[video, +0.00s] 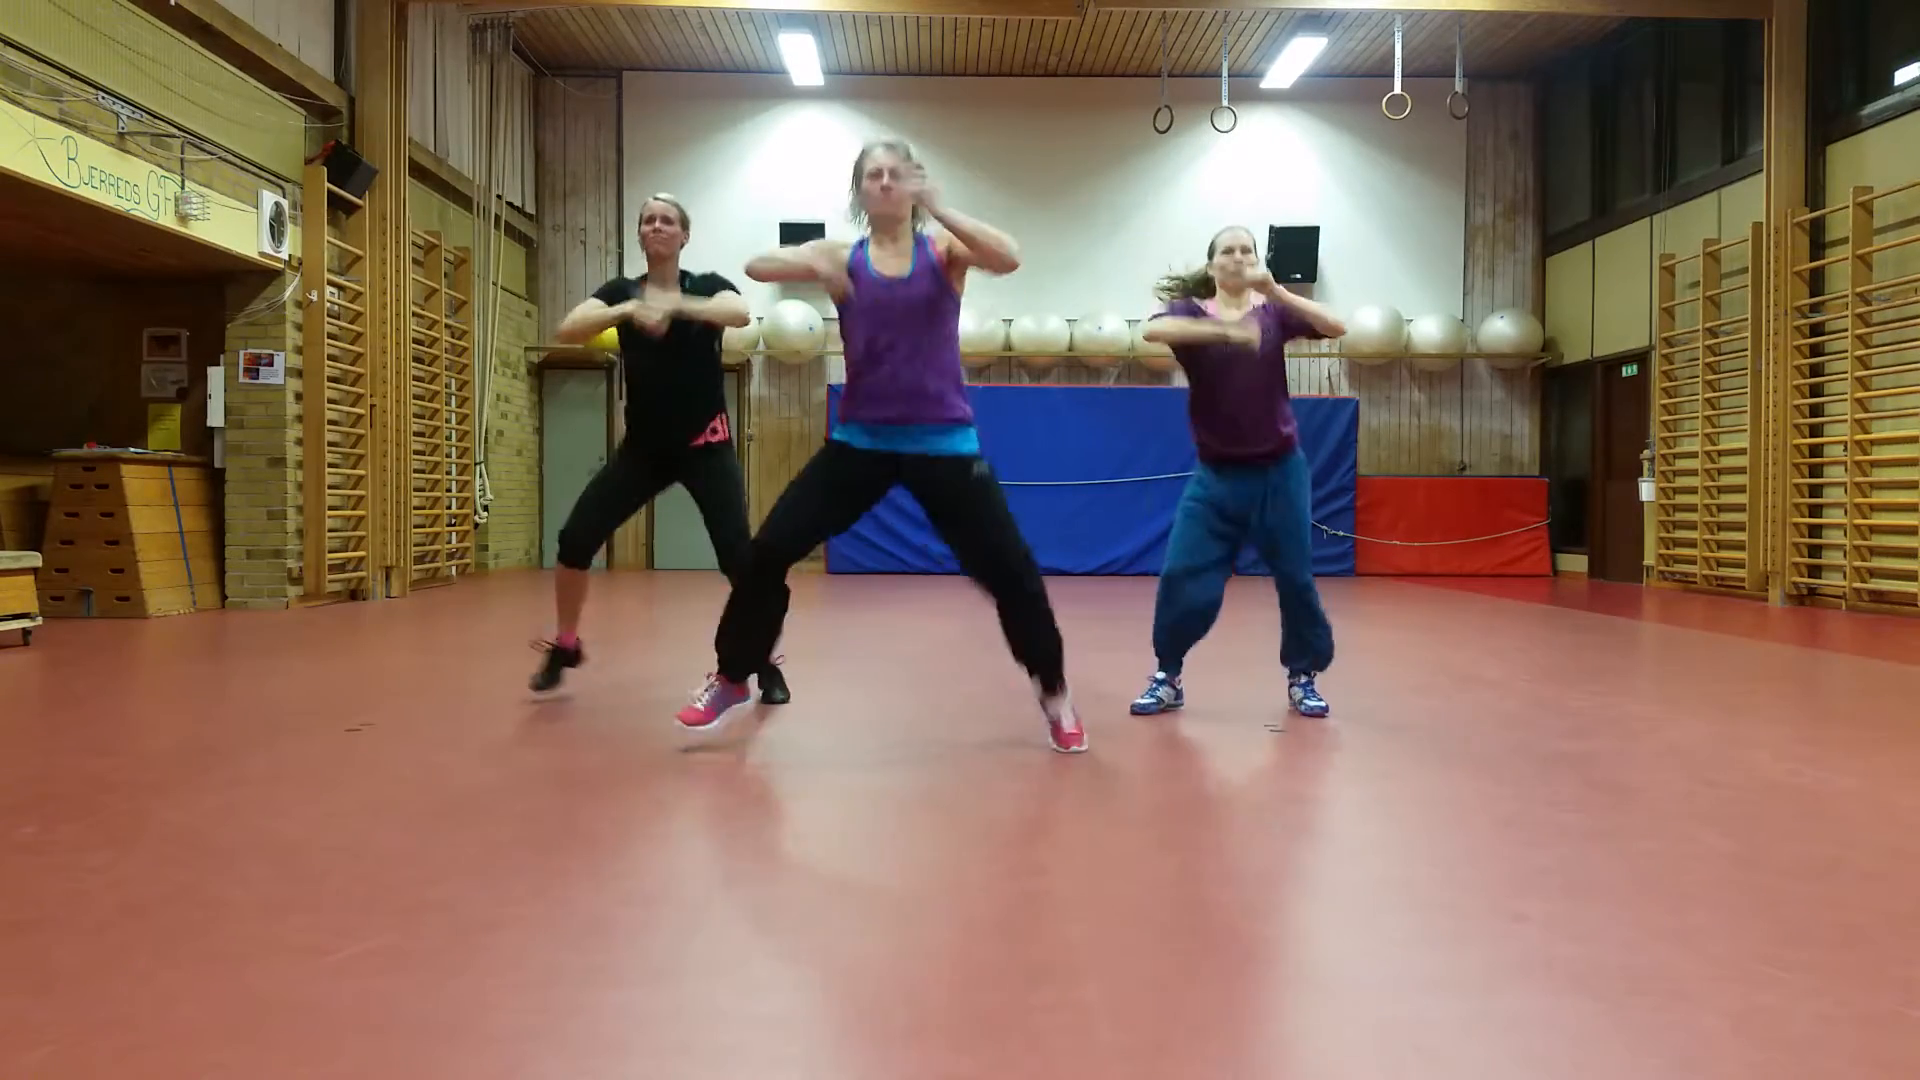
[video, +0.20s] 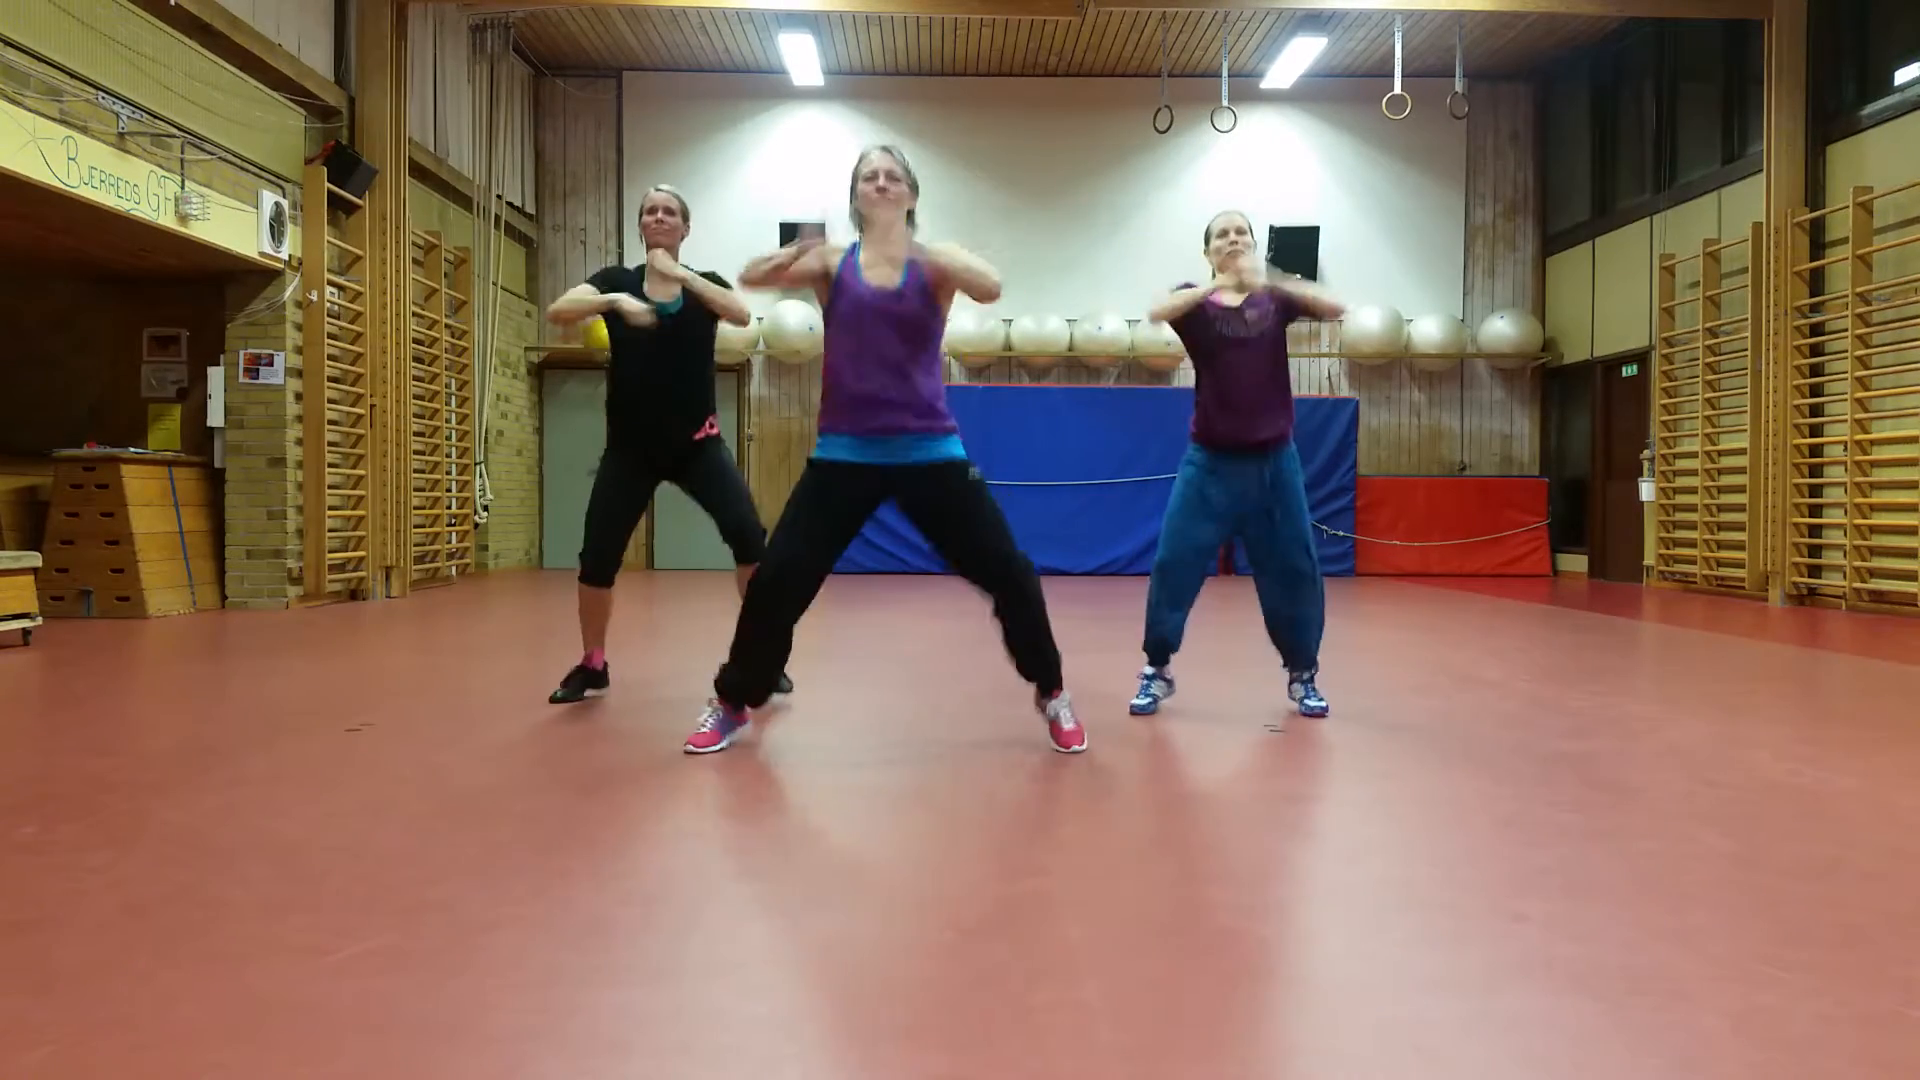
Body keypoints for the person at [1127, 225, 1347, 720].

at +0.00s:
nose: (1239, 258)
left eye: (1247, 251)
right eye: (1228, 251)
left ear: (1259, 263)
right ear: (1211, 263)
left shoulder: (1274, 312)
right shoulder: (1191, 311)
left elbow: (1335, 327)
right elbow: (1154, 331)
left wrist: (1279, 291)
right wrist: (1223, 328)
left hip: (1280, 465)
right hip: (1216, 468)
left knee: (1295, 576)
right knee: (1179, 571)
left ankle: (1303, 678)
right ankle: (1167, 679)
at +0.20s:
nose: (1234, 241)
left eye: (1242, 234)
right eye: (1223, 235)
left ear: (1255, 247)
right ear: (1208, 250)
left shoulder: (1277, 298)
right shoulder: (1193, 300)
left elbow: (1336, 309)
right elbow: (1157, 314)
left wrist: (1274, 282)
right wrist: (1210, 290)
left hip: (1274, 458)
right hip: (1209, 459)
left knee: (1295, 564)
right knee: (1173, 559)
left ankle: (1303, 677)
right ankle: (1156, 671)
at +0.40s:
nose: (1233, 242)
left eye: (1242, 235)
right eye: (1223, 237)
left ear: (1255, 250)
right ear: (1207, 252)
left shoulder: (1278, 302)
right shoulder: (1188, 304)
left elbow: (1331, 345)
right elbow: (1156, 356)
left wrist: (1282, 341)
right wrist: (1209, 307)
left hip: (1264, 455)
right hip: (1201, 455)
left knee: (1282, 565)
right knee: (1176, 565)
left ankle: (1286, 673)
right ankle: (1154, 671)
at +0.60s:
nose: (1238, 240)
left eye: (1246, 233)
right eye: (1228, 234)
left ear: (1260, 247)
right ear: (1213, 249)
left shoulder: (1283, 304)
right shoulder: (1188, 311)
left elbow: (1331, 368)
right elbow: (1145, 375)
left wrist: (1328, 354)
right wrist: (1157, 336)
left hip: (1267, 461)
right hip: (1203, 459)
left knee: (1274, 570)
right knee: (1168, 557)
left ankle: (1280, 681)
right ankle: (1146, 668)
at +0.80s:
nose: (1234, 248)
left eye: (1242, 241)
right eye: (1224, 241)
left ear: (1256, 254)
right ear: (1208, 254)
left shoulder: (1272, 314)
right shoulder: (1180, 308)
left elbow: (1309, 374)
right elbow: (1131, 356)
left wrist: (1318, 435)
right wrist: (1127, 405)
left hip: (1253, 461)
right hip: (1187, 461)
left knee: (1288, 562)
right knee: (1158, 563)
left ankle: (1295, 666)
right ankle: (1128, 668)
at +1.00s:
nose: (1231, 254)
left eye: (1240, 246)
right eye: (1222, 246)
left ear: (1252, 256)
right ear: (1206, 259)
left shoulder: (1278, 312)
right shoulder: (1187, 326)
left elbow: (1317, 377)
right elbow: (1152, 396)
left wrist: (1300, 423)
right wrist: (1189, 355)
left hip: (1264, 468)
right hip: (1198, 466)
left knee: (1280, 575)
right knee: (1152, 557)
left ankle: (1287, 680)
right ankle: (1128, 668)